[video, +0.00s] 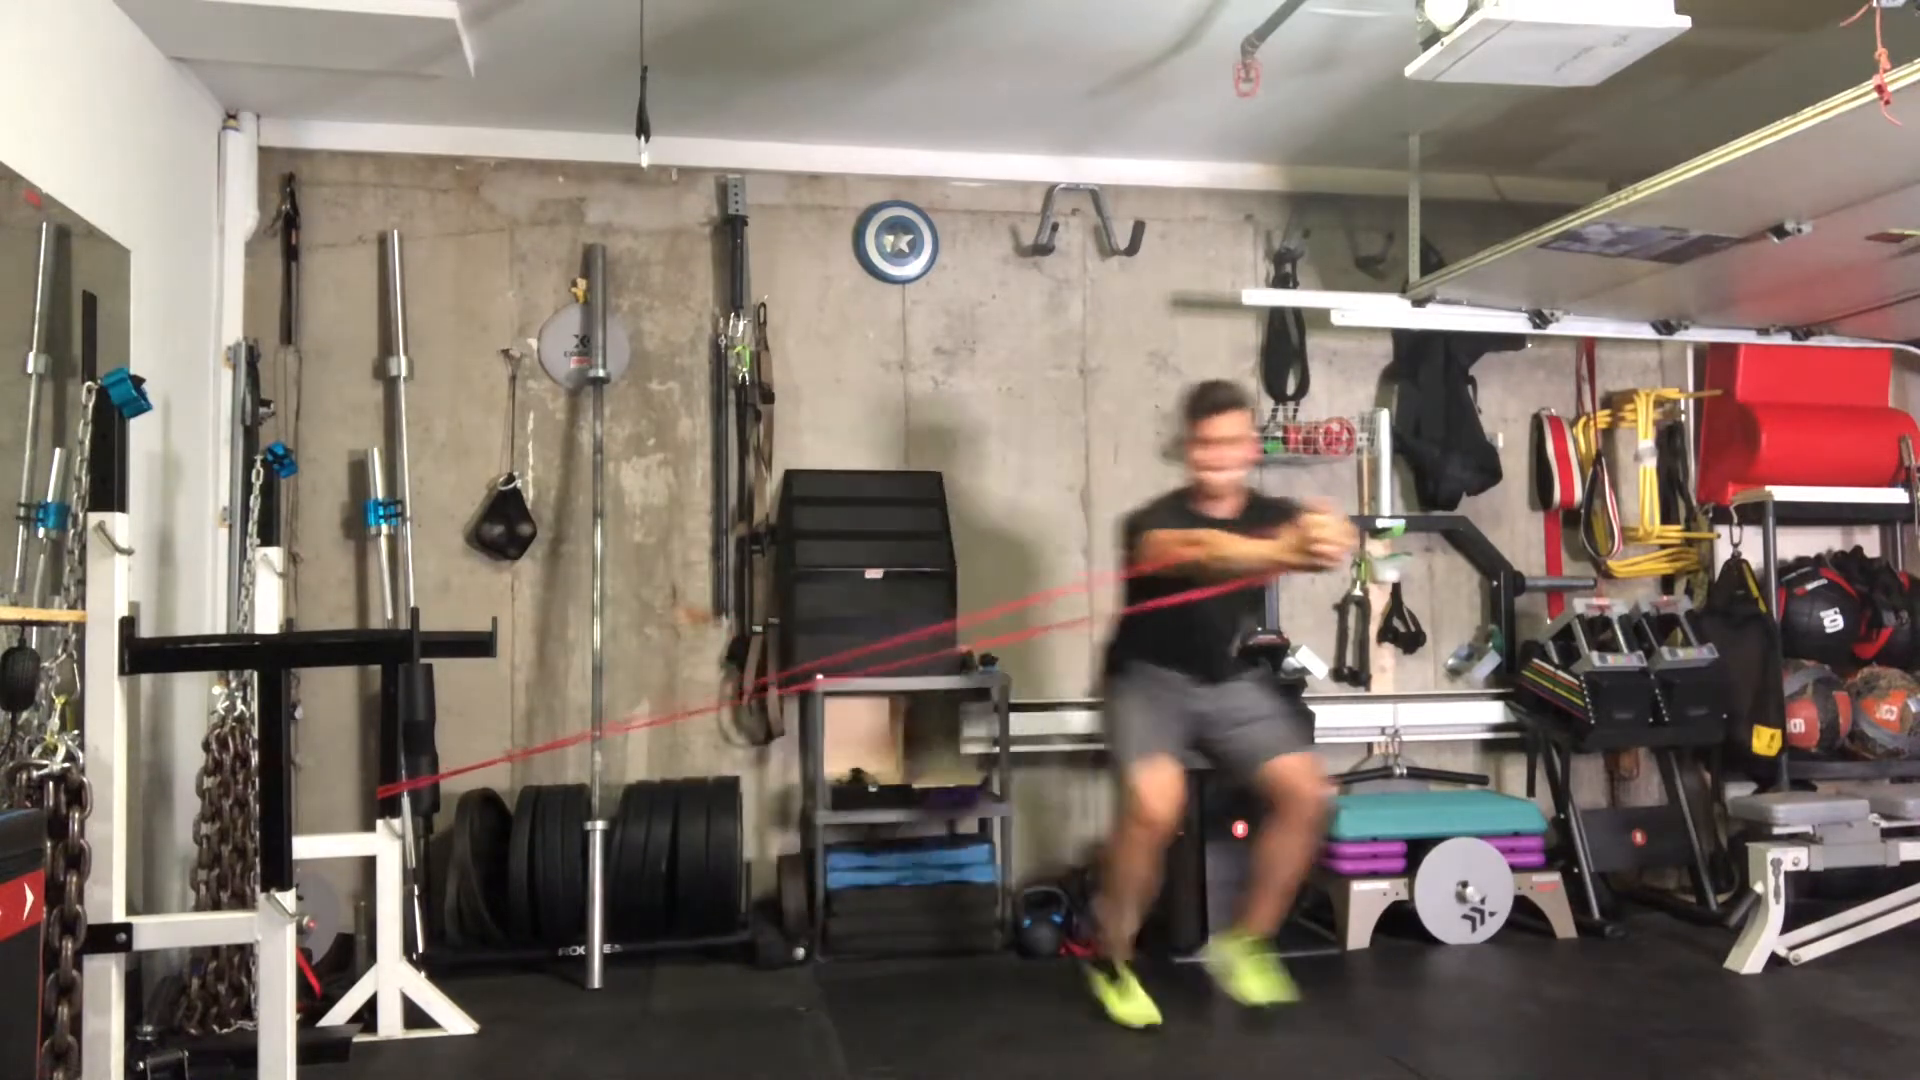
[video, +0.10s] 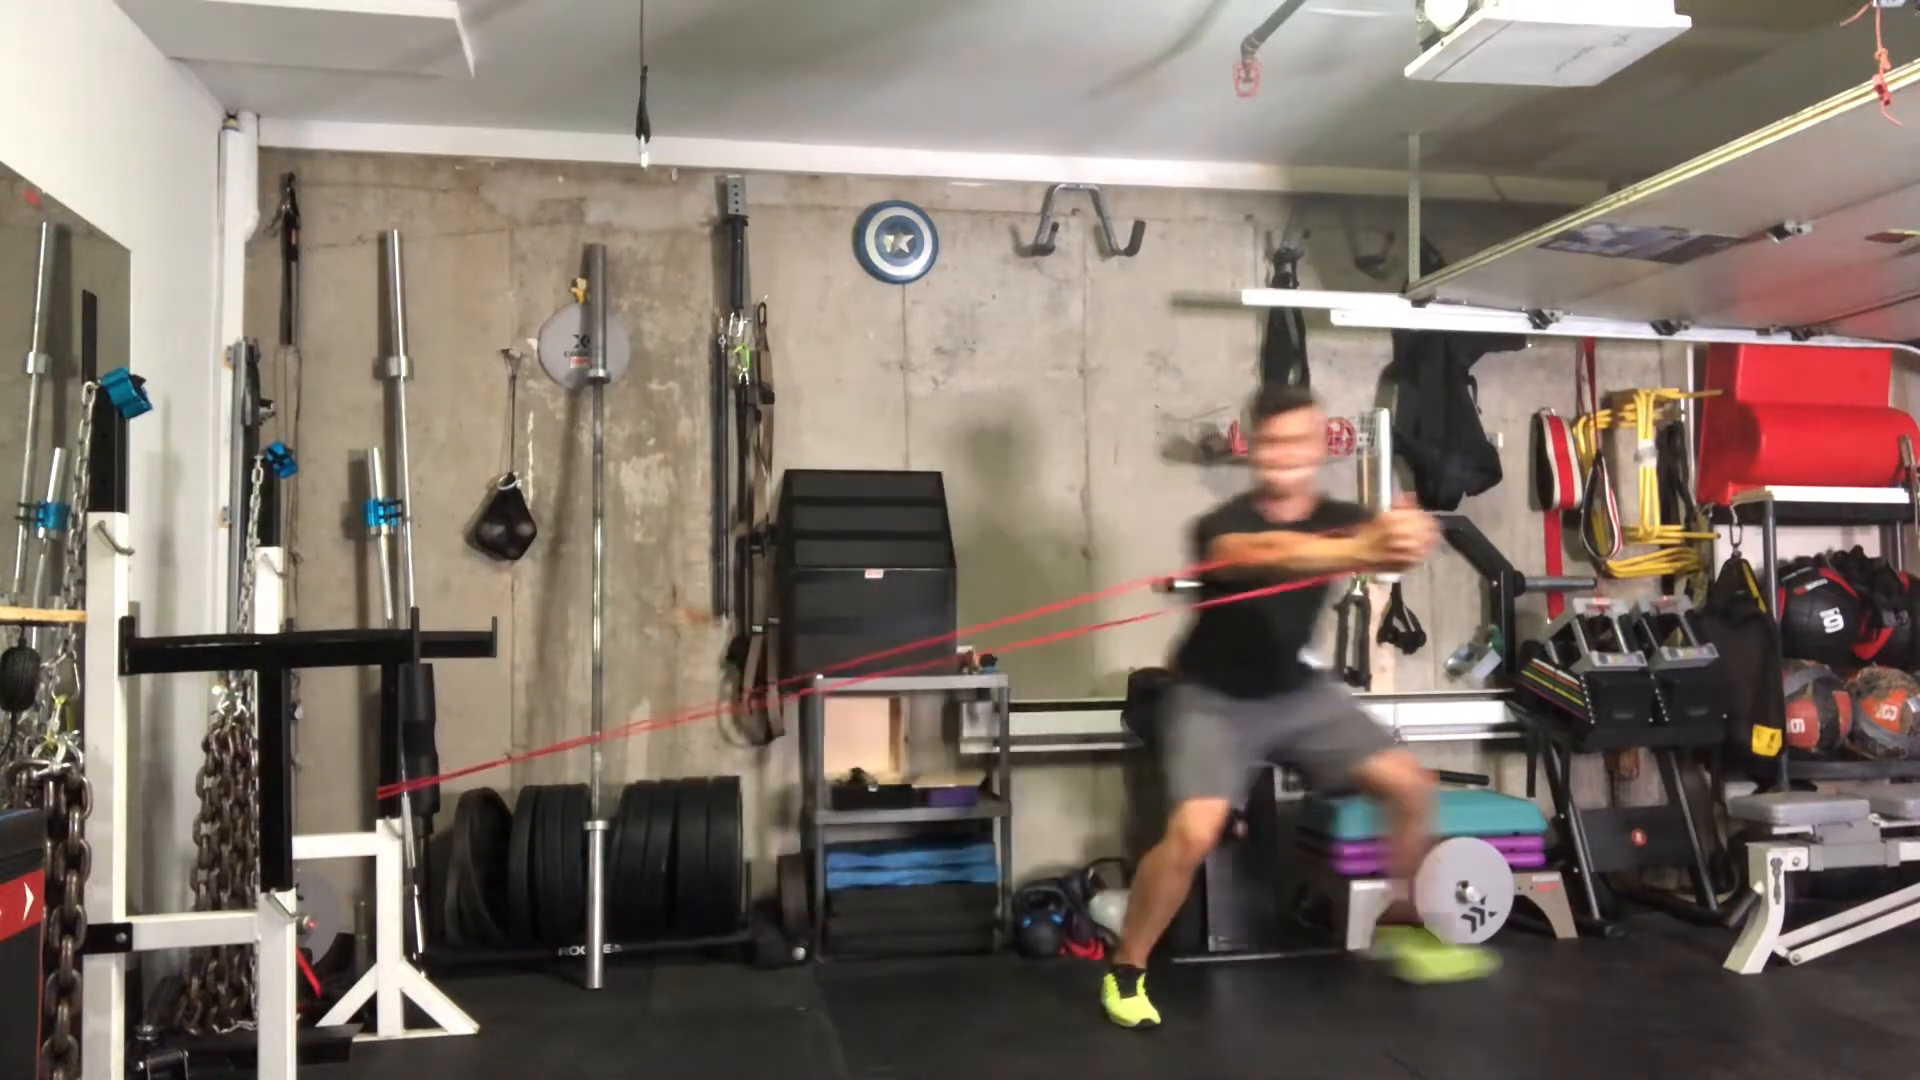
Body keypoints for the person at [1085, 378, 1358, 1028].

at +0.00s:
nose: (1220, 456)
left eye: (1234, 442)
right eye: (1207, 443)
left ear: (1253, 449)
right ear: (1187, 449)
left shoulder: (1275, 516)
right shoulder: (1153, 525)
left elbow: (1325, 541)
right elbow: (1211, 553)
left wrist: (1332, 535)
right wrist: (1295, 551)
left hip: (1233, 680)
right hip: (1150, 681)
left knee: (1305, 792)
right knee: (1157, 804)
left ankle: (1245, 942)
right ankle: (1112, 958)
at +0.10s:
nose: (1285, 459)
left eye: (1299, 445)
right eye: (1271, 445)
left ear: (1321, 449)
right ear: (1251, 450)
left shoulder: (1339, 520)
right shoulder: (1224, 527)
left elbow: (1383, 550)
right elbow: (1269, 555)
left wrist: (1411, 539)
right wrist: (1362, 545)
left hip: (1294, 689)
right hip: (1211, 696)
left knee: (1409, 783)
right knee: (1195, 830)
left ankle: (1404, 924)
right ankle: (1127, 969)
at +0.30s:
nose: (1449, 466)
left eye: (1464, 452)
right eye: (1434, 452)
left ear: (1486, 463)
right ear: (1408, 462)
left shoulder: (1500, 530)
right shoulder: (1386, 537)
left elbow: (1554, 554)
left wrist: (1566, 531)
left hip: (1470, 707)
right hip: (1387, 707)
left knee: (1564, 829)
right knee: (1413, 817)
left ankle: (1609, 971)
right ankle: (1280, 929)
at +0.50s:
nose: (1548, 500)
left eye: (1563, 486)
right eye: (1533, 486)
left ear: (1583, 493)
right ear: (1510, 492)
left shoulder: (1599, 556)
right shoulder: (1475, 557)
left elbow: (1642, 583)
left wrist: (1637, 575)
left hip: (1568, 724)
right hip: (1477, 722)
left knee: (1631, 826)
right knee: (1545, 824)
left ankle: (1616, 971)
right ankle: (1519, 972)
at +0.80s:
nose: (1577, 461)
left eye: (1593, 447)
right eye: (1563, 447)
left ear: (1615, 457)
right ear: (1540, 457)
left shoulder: (1641, 533)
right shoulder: (1498, 528)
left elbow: (1647, 570)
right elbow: (1476, 575)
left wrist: (1606, 579)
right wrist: (1543, 581)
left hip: (1591, 709)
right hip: (1499, 705)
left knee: (1642, 830)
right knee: (1538, 814)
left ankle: (1616, 970)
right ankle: (1519, 971)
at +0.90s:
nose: (1552, 436)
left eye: (1568, 423)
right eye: (1539, 424)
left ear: (1598, 436)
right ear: (1524, 437)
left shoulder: (1632, 519)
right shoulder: (1485, 512)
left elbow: (1615, 583)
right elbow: (1448, 587)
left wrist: (1553, 599)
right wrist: (1492, 598)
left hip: (1581, 700)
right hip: (1487, 691)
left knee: (1635, 829)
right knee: (1485, 800)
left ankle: (1617, 969)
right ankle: (1486, 956)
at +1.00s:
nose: (1500, 415)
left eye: (1515, 401)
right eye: (1489, 404)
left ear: (1553, 414)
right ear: (1479, 419)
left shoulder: (1597, 503)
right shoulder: (1453, 498)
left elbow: (1572, 590)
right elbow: (1403, 600)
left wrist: (1482, 627)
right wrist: (1439, 623)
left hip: (1565, 696)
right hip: (1463, 687)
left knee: (1619, 836)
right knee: (1422, 797)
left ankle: (1614, 970)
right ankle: (1389, 954)